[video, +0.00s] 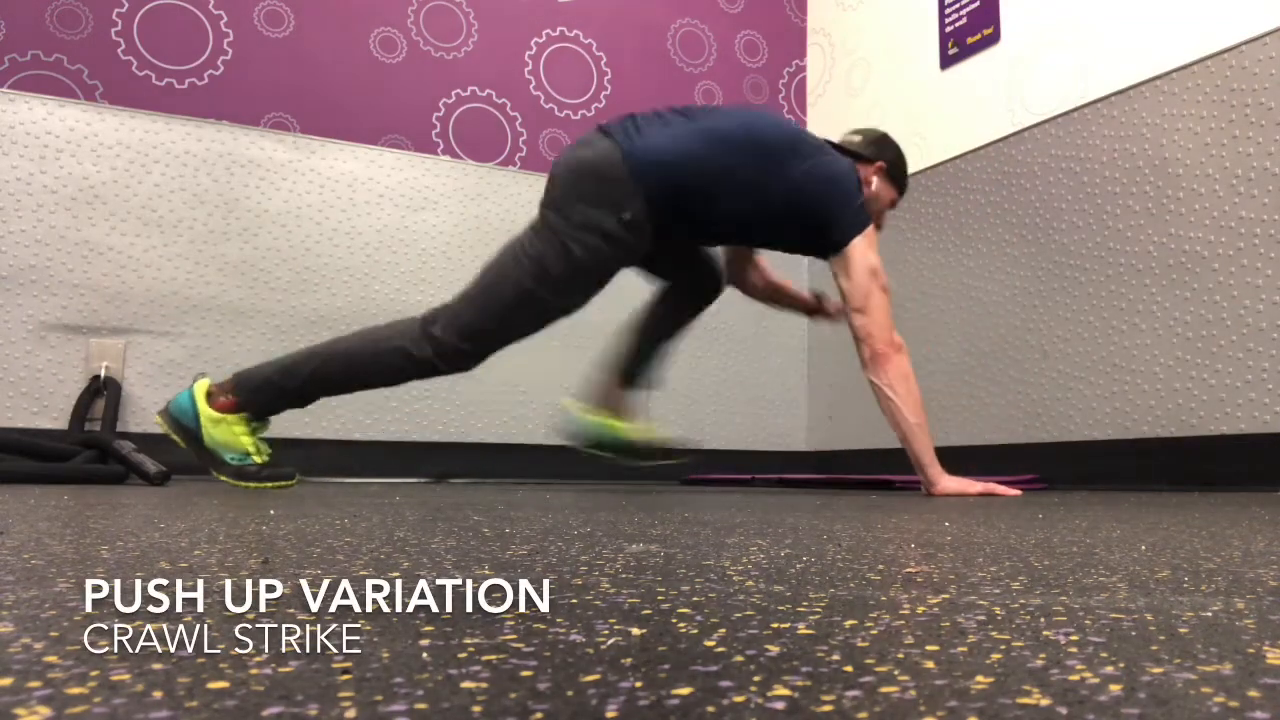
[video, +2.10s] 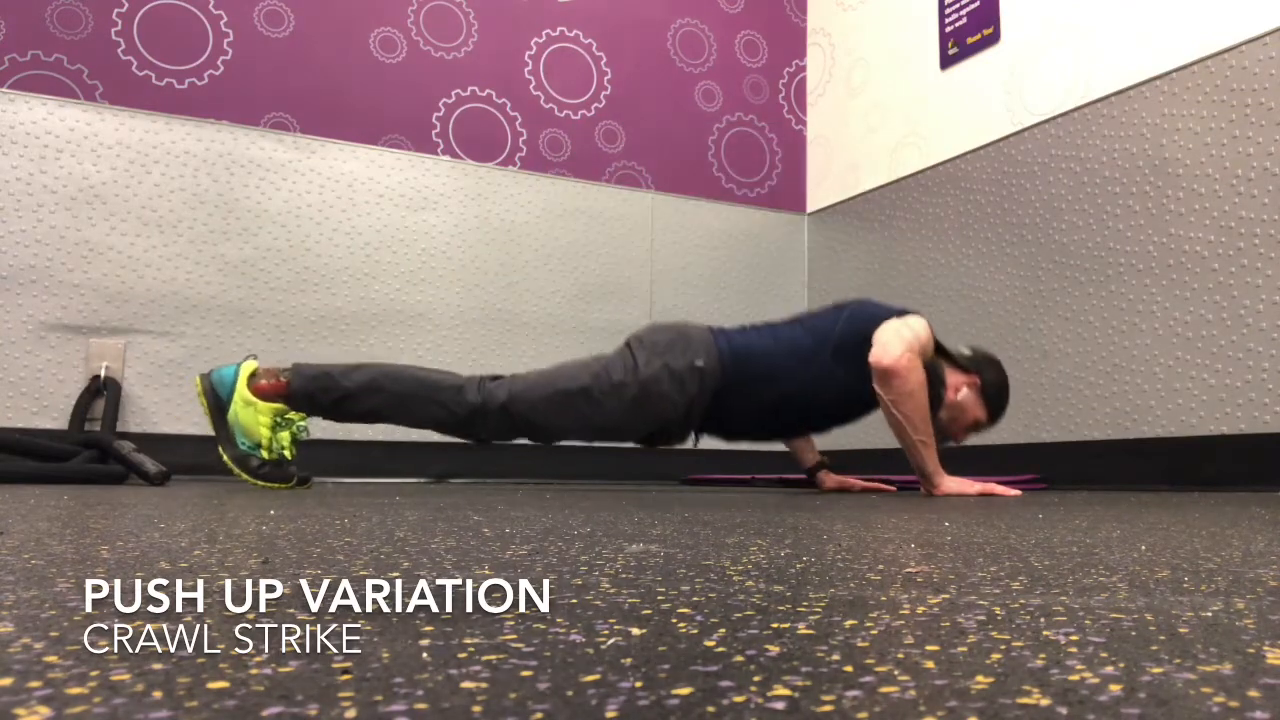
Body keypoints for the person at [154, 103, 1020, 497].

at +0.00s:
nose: (882, 221)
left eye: (885, 210)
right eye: (887, 207)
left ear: (849, 160)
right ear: (872, 182)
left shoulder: (775, 163)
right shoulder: (848, 199)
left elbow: (742, 274)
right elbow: (880, 350)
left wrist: (826, 309)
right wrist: (934, 470)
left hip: (605, 169)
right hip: (614, 188)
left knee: (707, 279)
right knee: (448, 341)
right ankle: (225, 401)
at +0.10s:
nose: (880, 210)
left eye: (885, 199)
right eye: (884, 197)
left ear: (843, 145)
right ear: (866, 170)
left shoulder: (771, 152)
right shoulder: (842, 192)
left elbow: (717, 253)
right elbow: (880, 349)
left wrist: (806, 276)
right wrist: (934, 471)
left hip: (603, 182)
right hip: (619, 211)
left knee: (734, 263)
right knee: (464, 352)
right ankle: (235, 402)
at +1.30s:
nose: (888, 239)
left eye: (893, 227)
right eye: (897, 223)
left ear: (864, 170)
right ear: (884, 191)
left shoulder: (786, 171)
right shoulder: (846, 201)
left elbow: (744, 282)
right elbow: (880, 348)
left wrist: (804, 345)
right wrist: (933, 468)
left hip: (621, 182)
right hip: (613, 178)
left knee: (721, 280)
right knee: (453, 333)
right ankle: (231, 396)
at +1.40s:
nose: (884, 256)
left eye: (893, 245)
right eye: (896, 239)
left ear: (869, 184)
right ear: (888, 204)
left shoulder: (789, 189)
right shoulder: (849, 203)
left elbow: (775, 311)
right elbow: (885, 348)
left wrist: (822, 400)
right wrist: (935, 471)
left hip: (618, 176)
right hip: (610, 166)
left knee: (626, 333)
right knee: (447, 311)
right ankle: (231, 391)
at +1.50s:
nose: (893, 270)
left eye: (903, 257)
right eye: (906, 251)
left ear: (878, 208)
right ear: (900, 216)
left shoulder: (804, 223)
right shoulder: (864, 208)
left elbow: (797, 343)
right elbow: (888, 348)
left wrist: (833, 441)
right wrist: (937, 472)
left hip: (621, 203)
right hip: (615, 174)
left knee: (513, 356)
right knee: (448, 307)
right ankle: (230, 389)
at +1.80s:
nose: (916, 350)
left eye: (933, 346)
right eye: (933, 337)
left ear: (906, 304)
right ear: (926, 292)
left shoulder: (841, 291)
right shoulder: (887, 265)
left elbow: (783, 391)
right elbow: (892, 362)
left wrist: (817, 471)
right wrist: (935, 476)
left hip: (660, 304)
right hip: (657, 292)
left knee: (472, 364)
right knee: (468, 365)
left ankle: (261, 390)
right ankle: (248, 391)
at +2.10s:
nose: (945, 423)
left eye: (958, 427)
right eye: (958, 411)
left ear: (950, 410)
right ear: (955, 373)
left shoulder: (870, 359)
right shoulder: (916, 335)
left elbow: (787, 402)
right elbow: (894, 362)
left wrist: (814, 470)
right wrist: (938, 474)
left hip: (684, 391)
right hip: (683, 370)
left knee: (489, 407)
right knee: (486, 407)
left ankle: (279, 394)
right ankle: (266, 384)